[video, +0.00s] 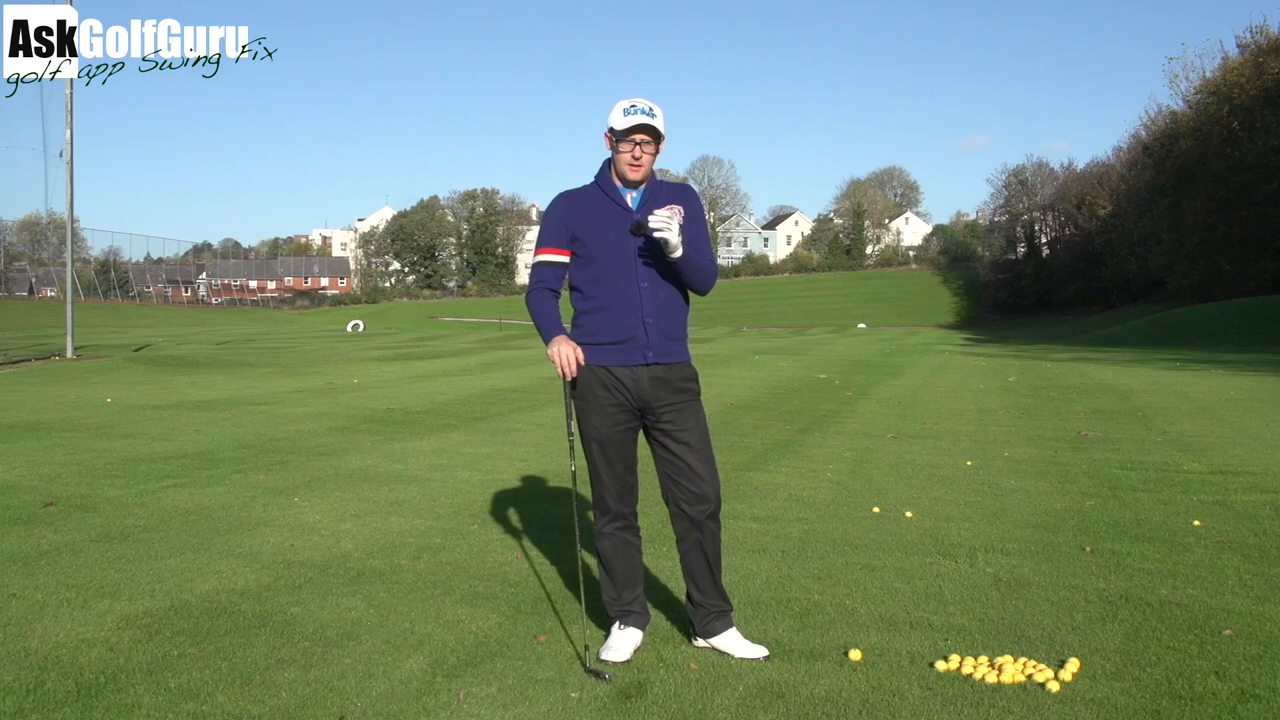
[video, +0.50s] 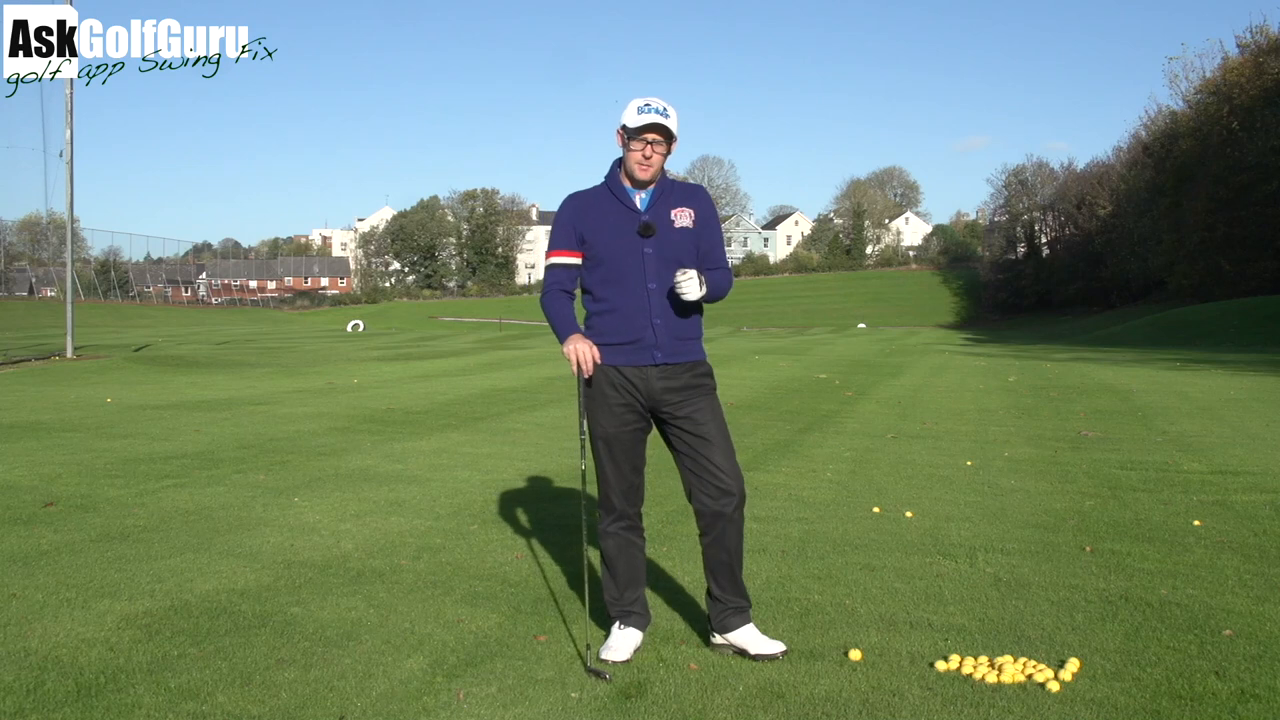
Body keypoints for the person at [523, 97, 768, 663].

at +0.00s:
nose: (638, 151)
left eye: (648, 142)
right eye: (629, 141)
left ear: (660, 149)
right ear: (610, 143)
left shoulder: (681, 200)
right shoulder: (570, 207)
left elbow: (704, 281)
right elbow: (542, 288)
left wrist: (676, 246)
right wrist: (554, 335)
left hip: (672, 373)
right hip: (602, 375)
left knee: (699, 497)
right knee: (615, 505)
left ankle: (711, 621)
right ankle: (628, 618)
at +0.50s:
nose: (649, 149)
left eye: (660, 141)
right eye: (641, 138)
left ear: (672, 148)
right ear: (622, 141)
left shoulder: (694, 201)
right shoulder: (580, 208)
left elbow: (721, 278)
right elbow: (556, 290)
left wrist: (704, 285)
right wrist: (569, 334)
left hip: (686, 374)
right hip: (613, 376)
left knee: (724, 492)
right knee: (619, 506)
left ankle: (729, 619)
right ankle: (627, 620)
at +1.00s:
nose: (711, 149)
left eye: (722, 142)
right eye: (703, 138)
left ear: (732, 150)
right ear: (684, 138)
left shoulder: (749, 204)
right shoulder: (635, 201)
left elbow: (772, 282)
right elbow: (606, 278)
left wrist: (753, 286)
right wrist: (610, 331)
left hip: (736, 373)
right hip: (662, 374)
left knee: (738, 507)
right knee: (650, 507)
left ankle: (736, 628)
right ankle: (631, 621)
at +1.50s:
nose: (748, 146)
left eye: (760, 138)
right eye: (740, 135)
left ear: (773, 147)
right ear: (724, 139)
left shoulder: (790, 210)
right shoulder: (674, 199)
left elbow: (808, 294)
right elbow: (646, 276)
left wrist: (788, 288)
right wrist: (646, 336)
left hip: (762, 376)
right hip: (690, 374)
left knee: (747, 507)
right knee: (673, 503)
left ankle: (736, 627)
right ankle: (647, 623)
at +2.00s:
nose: (762, 151)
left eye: (773, 145)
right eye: (755, 139)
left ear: (781, 155)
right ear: (735, 138)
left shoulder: (789, 213)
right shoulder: (676, 195)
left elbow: (802, 297)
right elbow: (638, 269)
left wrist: (784, 295)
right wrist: (628, 335)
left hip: (753, 378)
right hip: (680, 373)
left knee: (741, 507)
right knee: (660, 502)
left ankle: (735, 626)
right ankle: (645, 618)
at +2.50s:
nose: (704, 144)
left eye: (715, 137)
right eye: (696, 133)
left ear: (728, 145)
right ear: (678, 135)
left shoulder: (748, 203)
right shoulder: (633, 200)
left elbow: (770, 283)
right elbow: (599, 279)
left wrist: (749, 284)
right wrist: (611, 329)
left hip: (725, 374)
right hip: (651, 373)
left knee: (726, 506)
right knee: (651, 506)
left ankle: (734, 628)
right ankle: (650, 622)